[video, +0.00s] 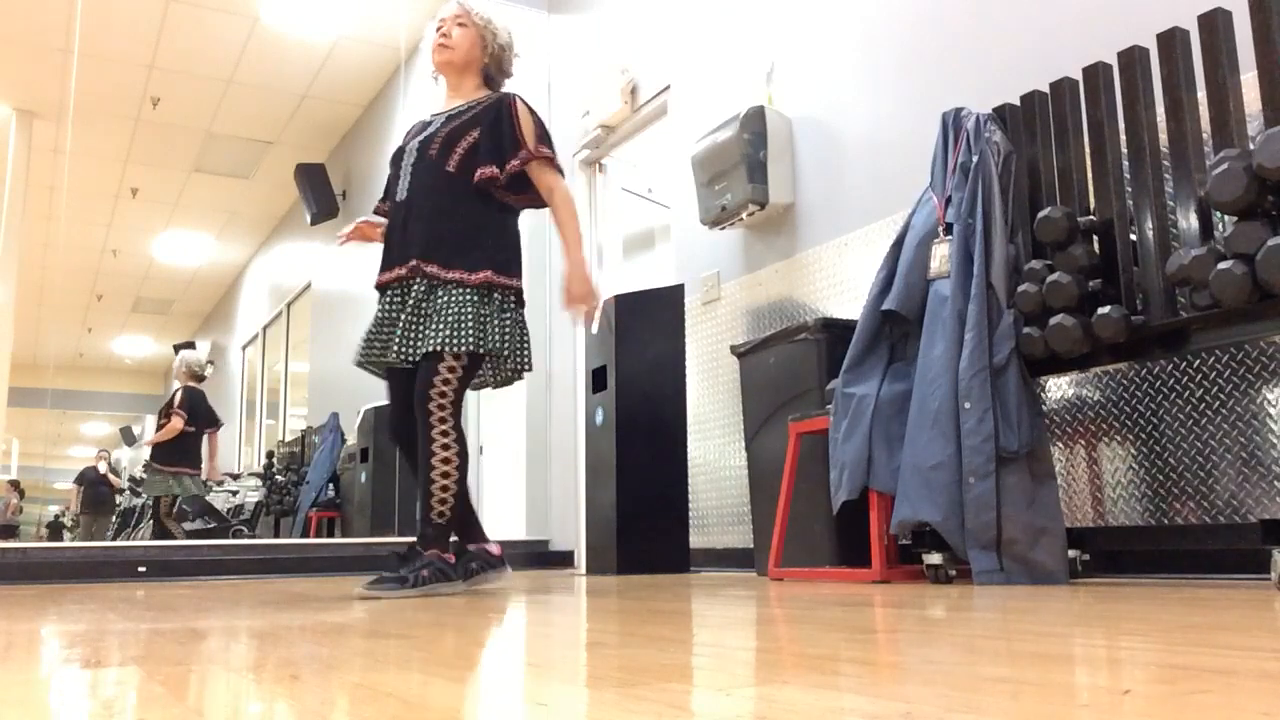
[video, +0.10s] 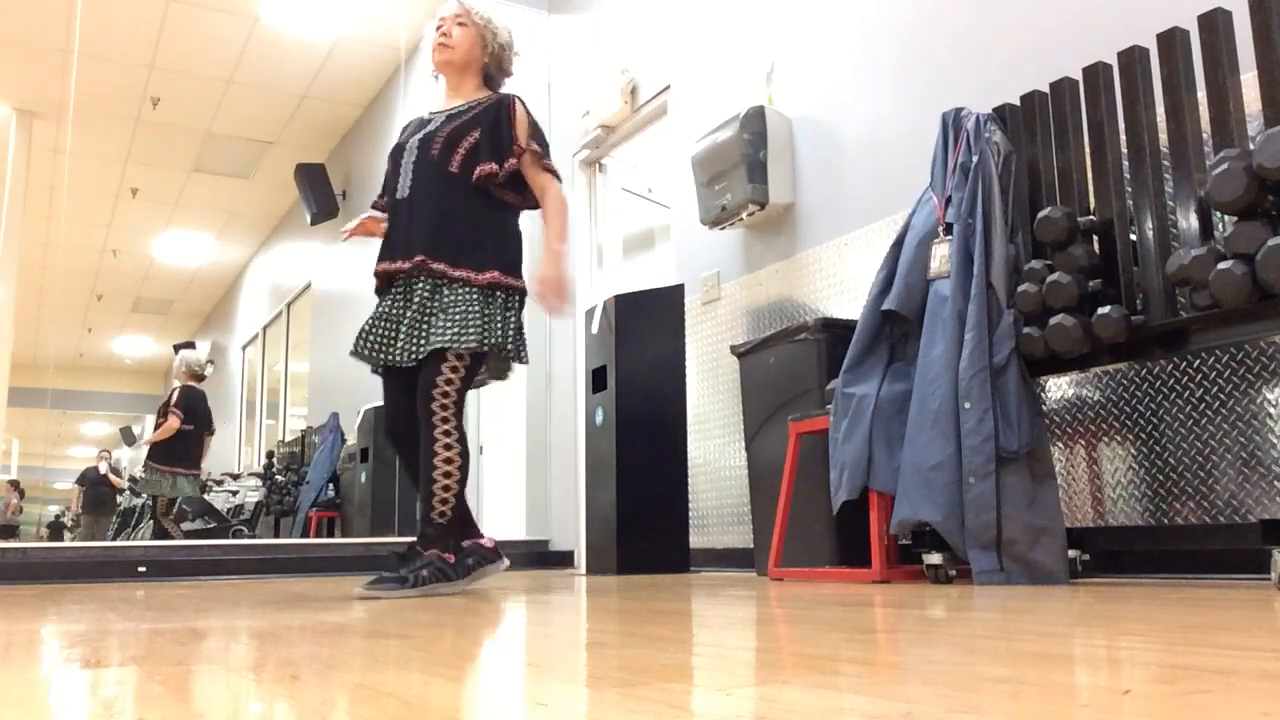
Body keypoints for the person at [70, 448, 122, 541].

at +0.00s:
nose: (102, 460)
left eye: (105, 458)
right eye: (100, 457)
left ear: (109, 460)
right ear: (96, 458)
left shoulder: (113, 471)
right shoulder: (87, 470)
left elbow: (119, 484)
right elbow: (76, 487)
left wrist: (107, 473)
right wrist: (73, 505)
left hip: (105, 511)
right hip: (87, 511)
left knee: (99, 539)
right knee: (84, 538)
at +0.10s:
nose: (103, 460)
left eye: (106, 458)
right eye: (101, 458)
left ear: (110, 460)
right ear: (97, 458)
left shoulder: (114, 471)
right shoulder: (88, 471)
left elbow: (120, 485)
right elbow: (78, 488)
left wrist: (108, 474)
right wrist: (74, 506)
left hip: (106, 512)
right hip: (88, 511)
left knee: (101, 540)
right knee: (84, 538)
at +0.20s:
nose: (104, 461)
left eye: (107, 459)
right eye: (102, 458)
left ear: (111, 460)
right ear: (98, 458)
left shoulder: (116, 471)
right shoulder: (90, 471)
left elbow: (120, 485)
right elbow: (80, 489)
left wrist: (109, 474)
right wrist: (76, 506)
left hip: (108, 511)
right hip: (90, 511)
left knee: (102, 539)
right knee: (85, 538)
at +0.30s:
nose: (105, 461)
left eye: (108, 459)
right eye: (102, 458)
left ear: (112, 460)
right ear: (99, 459)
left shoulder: (116, 471)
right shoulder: (91, 471)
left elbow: (121, 485)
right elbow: (81, 489)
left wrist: (109, 474)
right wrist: (77, 506)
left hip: (108, 512)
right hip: (90, 511)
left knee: (102, 540)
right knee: (85, 538)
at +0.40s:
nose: (105, 461)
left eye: (108, 459)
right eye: (103, 458)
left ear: (112, 460)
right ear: (99, 459)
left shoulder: (117, 471)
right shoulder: (92, 471)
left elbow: (121, 485)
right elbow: (82, 489)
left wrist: (109, 474)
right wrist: (78, 506)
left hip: (109, 512)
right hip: (90, 511)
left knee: (102, 540)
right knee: (85, 538)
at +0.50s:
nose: (105, 461)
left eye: (108, 459)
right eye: (103, 458)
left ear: (112, 460)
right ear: (99, 459)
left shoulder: (117, 471)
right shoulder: (92, 471)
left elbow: (122, 485)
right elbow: (82, 489)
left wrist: (109, 473)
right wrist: (79, 505)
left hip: (108, 512)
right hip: (90, 511)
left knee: (101, 540)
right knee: (83, 538)